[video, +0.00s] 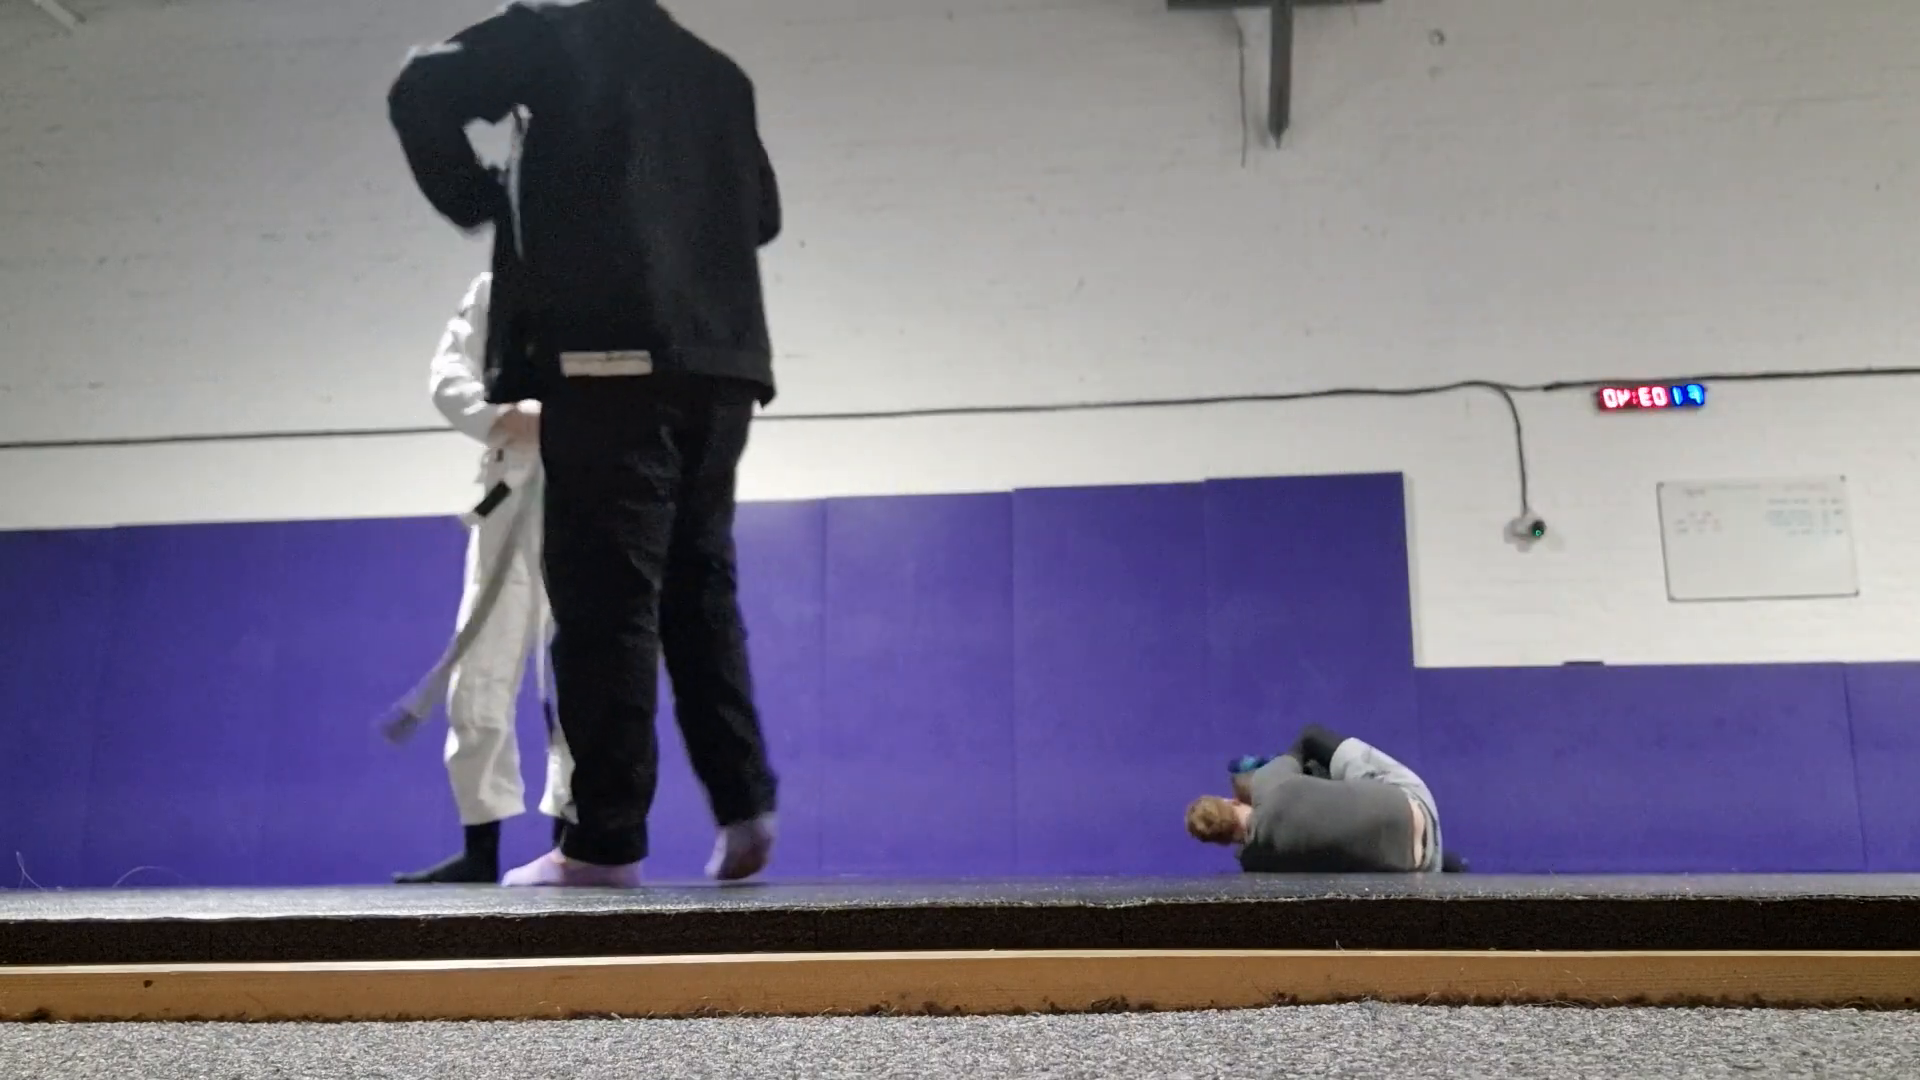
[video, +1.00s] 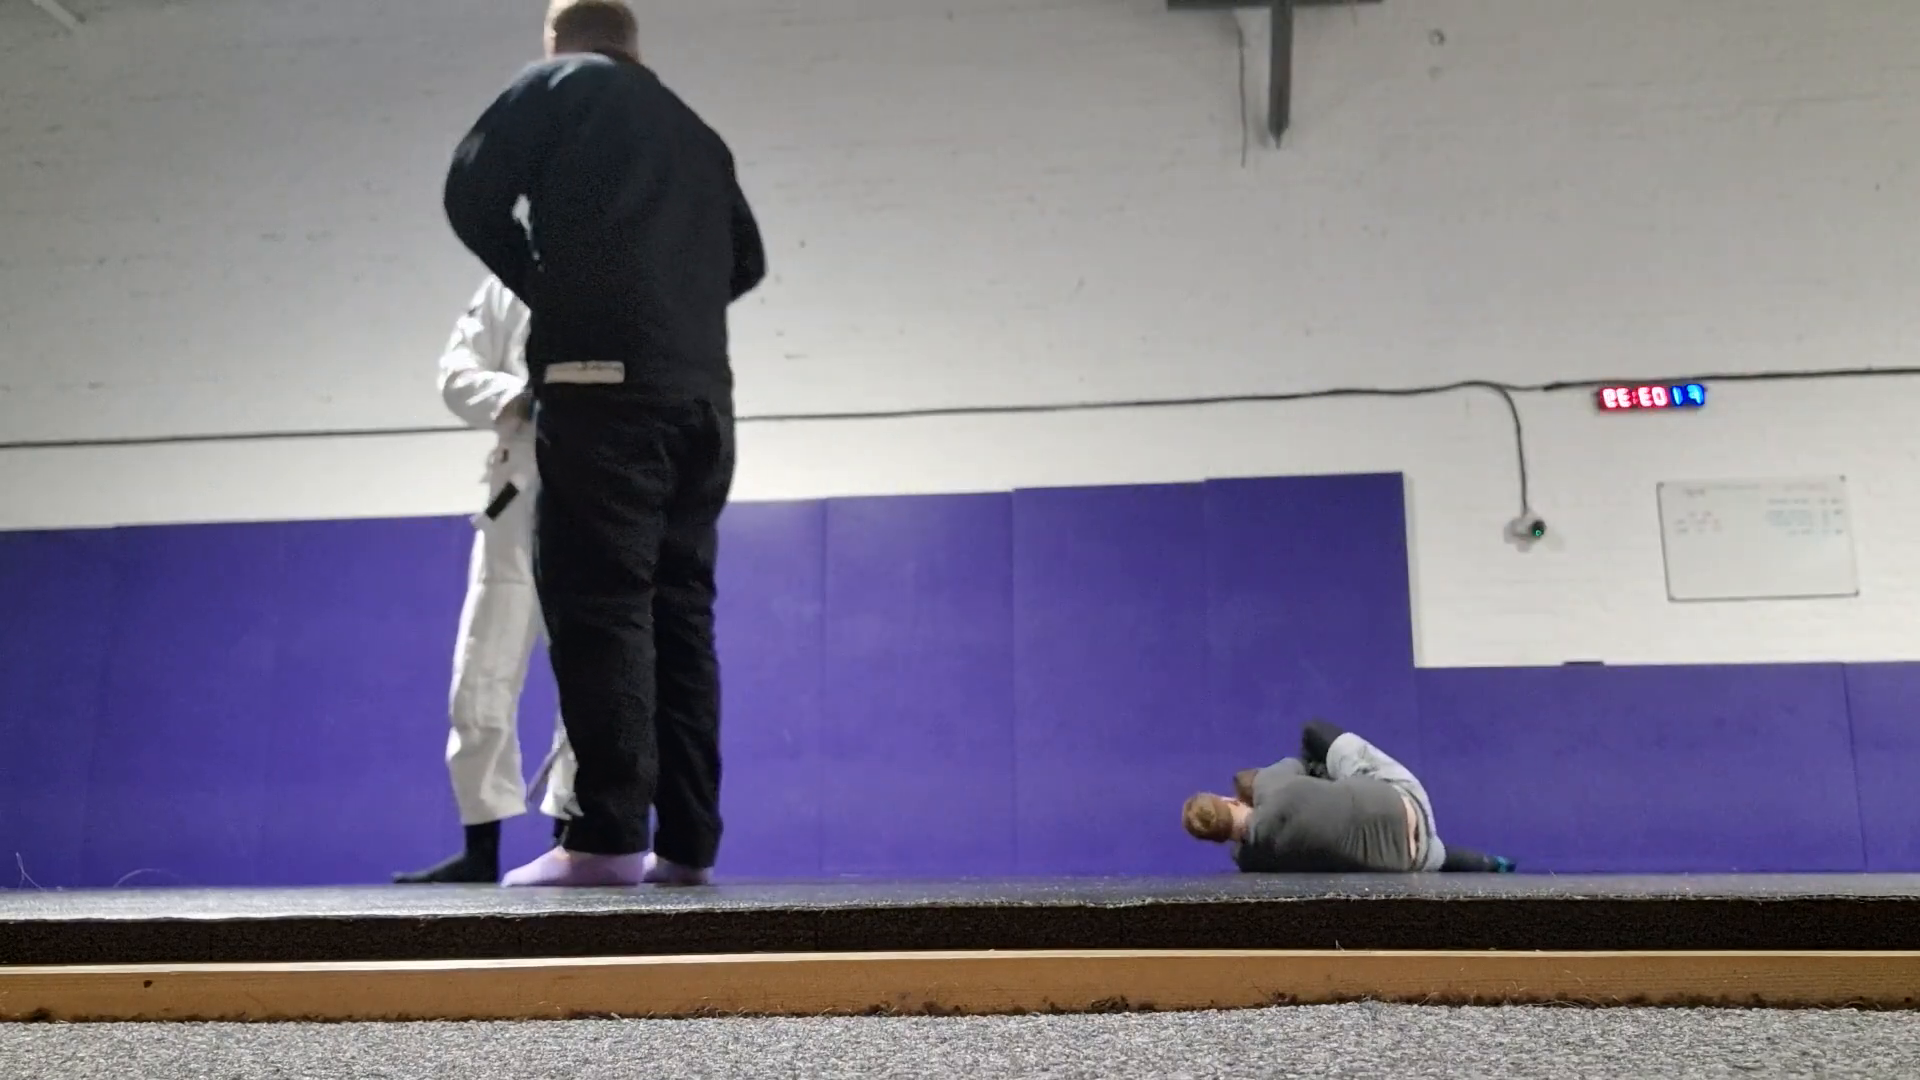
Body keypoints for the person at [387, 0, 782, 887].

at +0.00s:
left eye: (529, 12)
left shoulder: (550, 25)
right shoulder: (718, 69)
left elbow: (421, 93)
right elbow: (762, 212)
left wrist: (481, 203)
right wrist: (659, 233)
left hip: (608, 358)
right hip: (724, 366)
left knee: (605, 604)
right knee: (697, 584)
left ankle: (602, 847)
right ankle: (747, 809)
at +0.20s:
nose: (533, 14)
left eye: (532, 10)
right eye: (537, 12)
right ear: (621, 5)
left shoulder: (538, 36)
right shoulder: (699, 85)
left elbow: (409, 99)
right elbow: (758, 206)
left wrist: (473, 234)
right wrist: (667, 255)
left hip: (599, 359)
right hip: (706, 373)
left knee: (602, 607)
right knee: (681, 602)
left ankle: (601, 849)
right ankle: (692, 839)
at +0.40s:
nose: (541, 20)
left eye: (543, 12)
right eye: (545, 15)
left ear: (565, 10)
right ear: (640, 14)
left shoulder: (543, 64)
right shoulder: (705, 110)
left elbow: (436, 160)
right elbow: (724, 249)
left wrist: (501, 283)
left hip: (596, 381)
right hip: (696, 391)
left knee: (593, 611)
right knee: (668, 608)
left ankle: (601, 846)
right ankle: (679, 845)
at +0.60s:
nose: (567, 33)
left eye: (570, 24)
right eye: (573, 26)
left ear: (593, 22)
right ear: (667, 44)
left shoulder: (562, 67)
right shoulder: (711, 138)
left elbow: (448, 152)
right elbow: (711, 273)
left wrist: (507, 268)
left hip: (592, 382)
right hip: (694, 396)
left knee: (590, 610)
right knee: (669, 611)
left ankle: (602, 843)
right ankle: (683, 844)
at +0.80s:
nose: (563, 44)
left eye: (568, 34)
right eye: (573, 37)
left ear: (582, 37)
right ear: (660, 52)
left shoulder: (559, 78)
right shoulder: (713, 145)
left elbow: (471, 172)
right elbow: (729, 274)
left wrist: (529, 280)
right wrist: (657, 322)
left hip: (587, 387)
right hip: (693, 400)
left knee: (588, 610)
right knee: (672, 609)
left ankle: (601, 843)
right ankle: (684, 846)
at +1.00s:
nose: (544, 58)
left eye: (547, 49)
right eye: (552, 49)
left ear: (557, 44)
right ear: (635, 52)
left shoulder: (548, 83)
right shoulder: (698, 131)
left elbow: (468, 193)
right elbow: (746, 260)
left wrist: (546, 290)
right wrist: (661, 301)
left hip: (599, 393)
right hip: (702, 397)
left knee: (598, 613)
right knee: (683, 610)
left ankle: (606, 845)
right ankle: (689, 849)